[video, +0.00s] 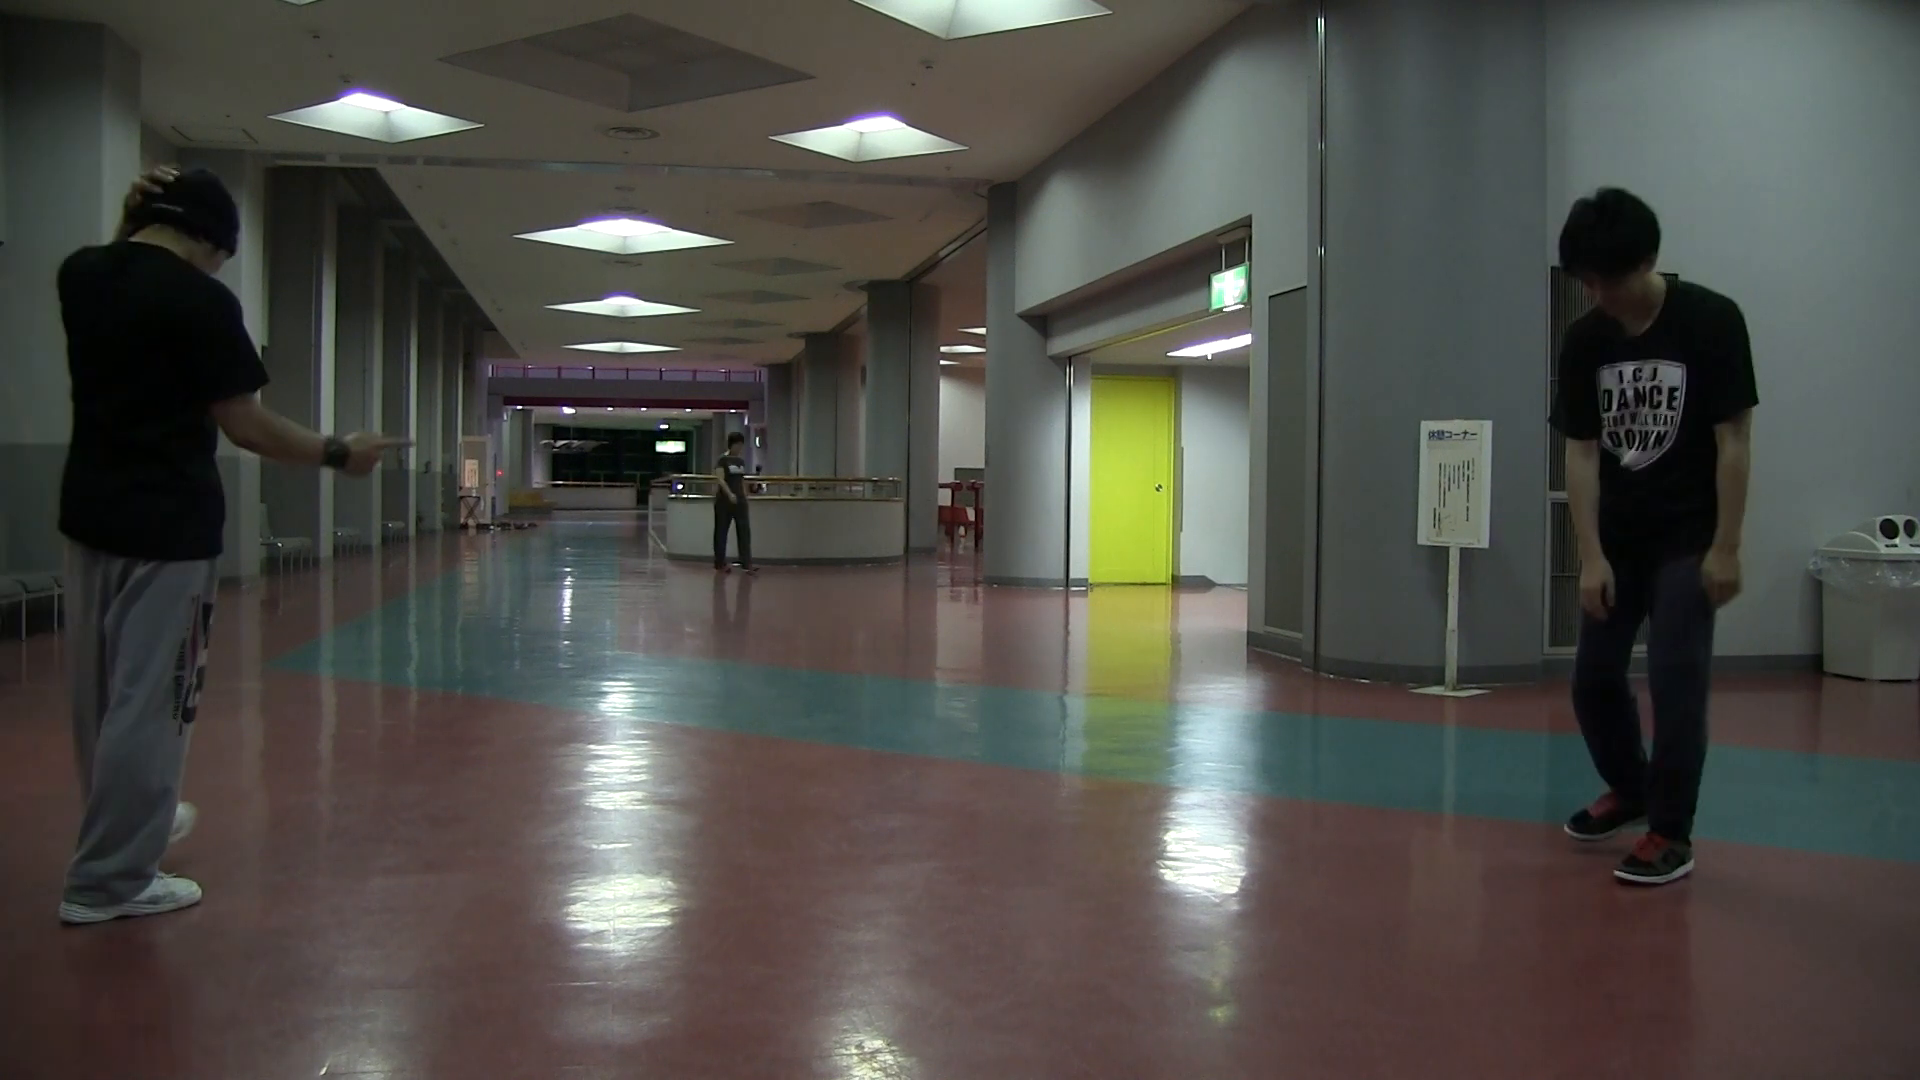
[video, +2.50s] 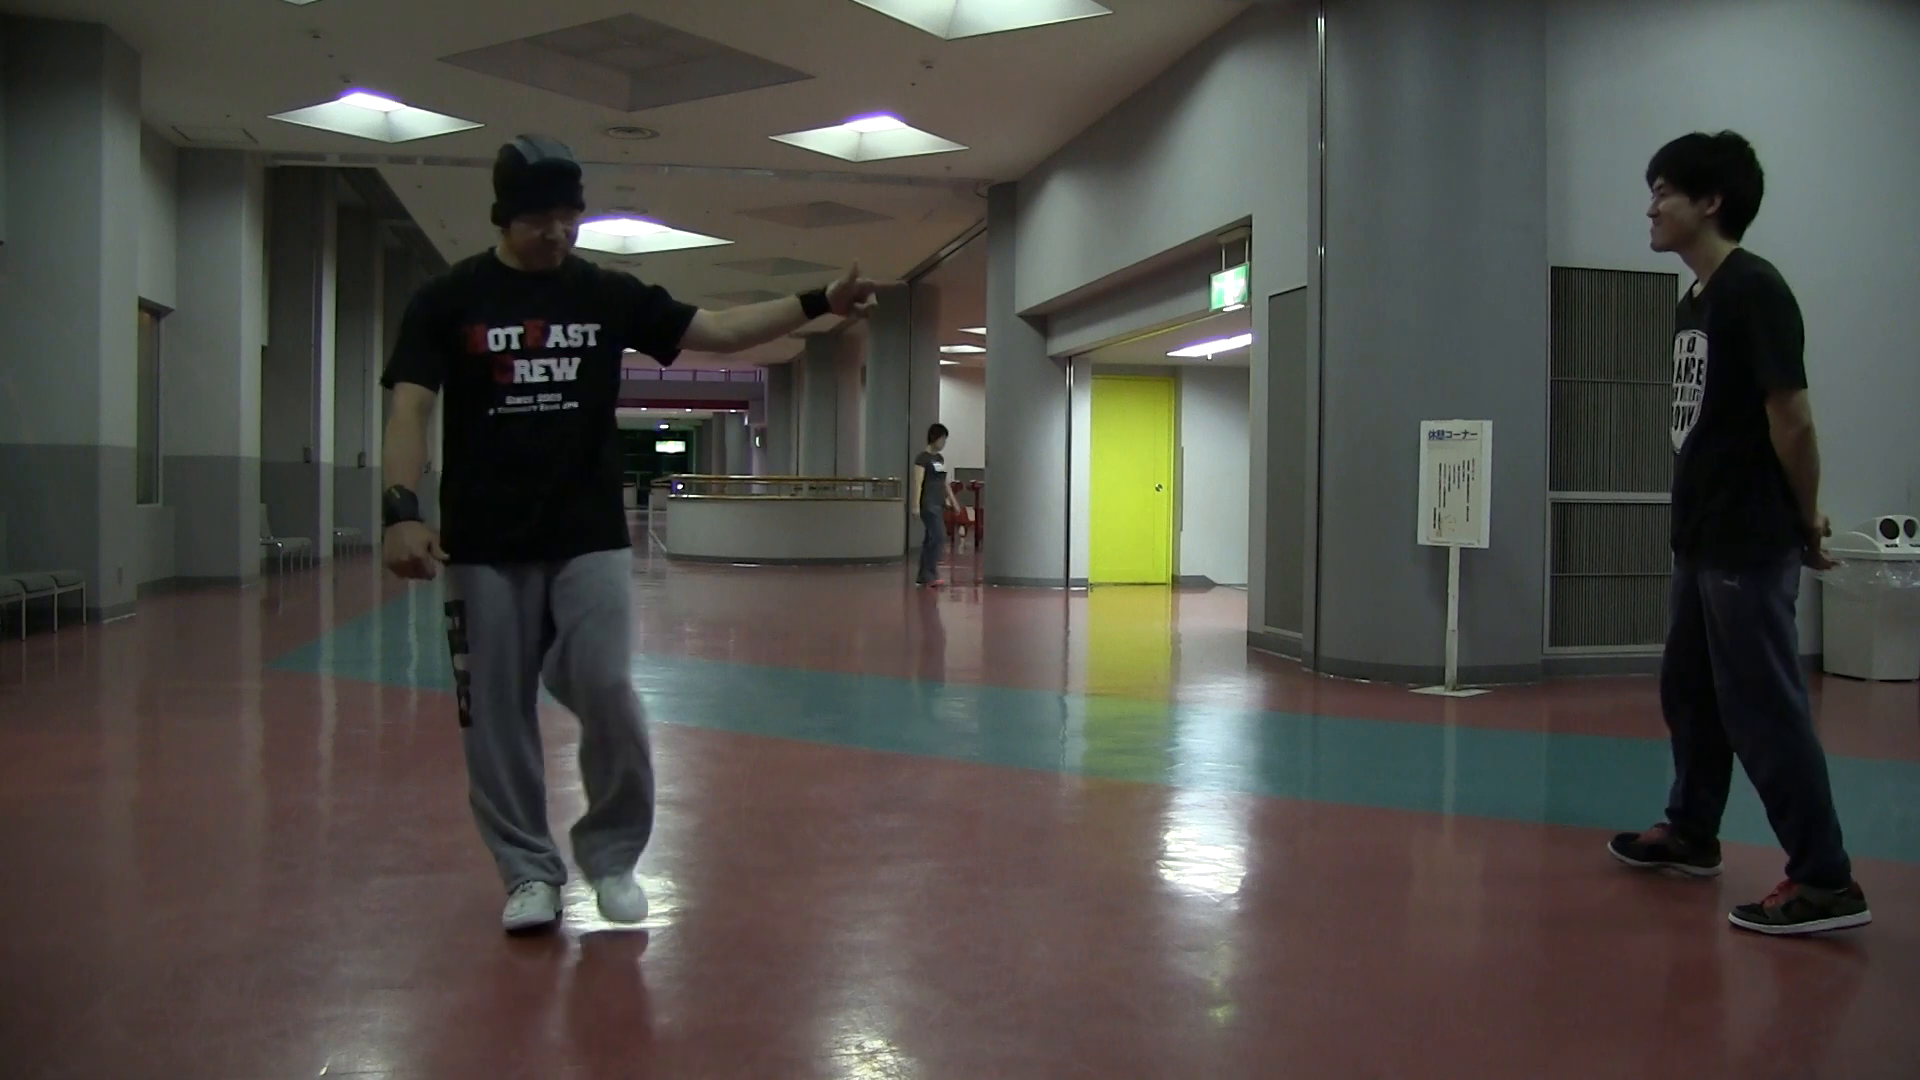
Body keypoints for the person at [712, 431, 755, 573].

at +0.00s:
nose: (740, 449)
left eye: (741, 446)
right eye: (738, 445)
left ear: (741, 446)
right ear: (731, 445)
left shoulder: (740, 462)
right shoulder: (722, 460)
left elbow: (742, 480)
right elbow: (720, 479)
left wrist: (745, 495)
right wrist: (730, 494)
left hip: (739, 498)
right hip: (724, 499)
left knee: (744, 531)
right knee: (721, 532)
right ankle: (720, 562)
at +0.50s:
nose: (773, 447)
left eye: (774, 444)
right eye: (771, 444)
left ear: (774, 445)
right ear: (764, 445)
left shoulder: (776, 462)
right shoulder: (754, 462)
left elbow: (780, 480)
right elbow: (745, 483)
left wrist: (788, 492)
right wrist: (741, 502)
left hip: (772, 500)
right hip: (758, 501)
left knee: (767, 533)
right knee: (764, 532)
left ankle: (761, 565)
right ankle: (762, 566)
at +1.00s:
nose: (806, 446)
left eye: (807, 442)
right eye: (805, 442)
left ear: (807, 443)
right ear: (798, 442)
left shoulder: (806, 460)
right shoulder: (787, 459)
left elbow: (805, 481)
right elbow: (786, 481)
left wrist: (808, 496)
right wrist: (797, 497)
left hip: (805, 499)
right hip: (790, 500)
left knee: (810, 534)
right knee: (786, 535)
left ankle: (810, 567)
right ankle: (785, 568)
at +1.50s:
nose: (847, 444)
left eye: (848, 441)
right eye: (846, 441)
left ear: (847, 442)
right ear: (838, 441)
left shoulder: (849, 460)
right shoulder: (828, 458)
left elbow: (852, 478)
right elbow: (820, 481)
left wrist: (858, 488)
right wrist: (816, 502)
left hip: (846, 501)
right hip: (831, 501)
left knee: (840, 534)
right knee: (839, 534)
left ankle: (833, 570)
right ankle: (832, 570)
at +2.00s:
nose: (892, 443)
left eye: (893, 440)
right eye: (890, 439)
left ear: (890, 440)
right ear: (882, 440)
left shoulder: (889, 458)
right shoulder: (872, 458)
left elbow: (891, 482)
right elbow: (871, 481)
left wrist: (897, 499)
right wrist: (883, 500)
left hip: (891, 503)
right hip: (875, 503)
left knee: (897, 536)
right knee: (872, 538)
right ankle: (869, 573)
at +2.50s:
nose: (944, 443)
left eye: (945, 440)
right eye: (942, 439)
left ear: (938, 440)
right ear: (934, 439)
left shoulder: (939, 459)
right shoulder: (922, 458)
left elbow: (945, 484)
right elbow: (917, 483)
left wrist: (954, 503)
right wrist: (915, 505)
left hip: (938, 503)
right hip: (927, 504)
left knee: (931, 539)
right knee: (938, 537)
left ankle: (924, 575)